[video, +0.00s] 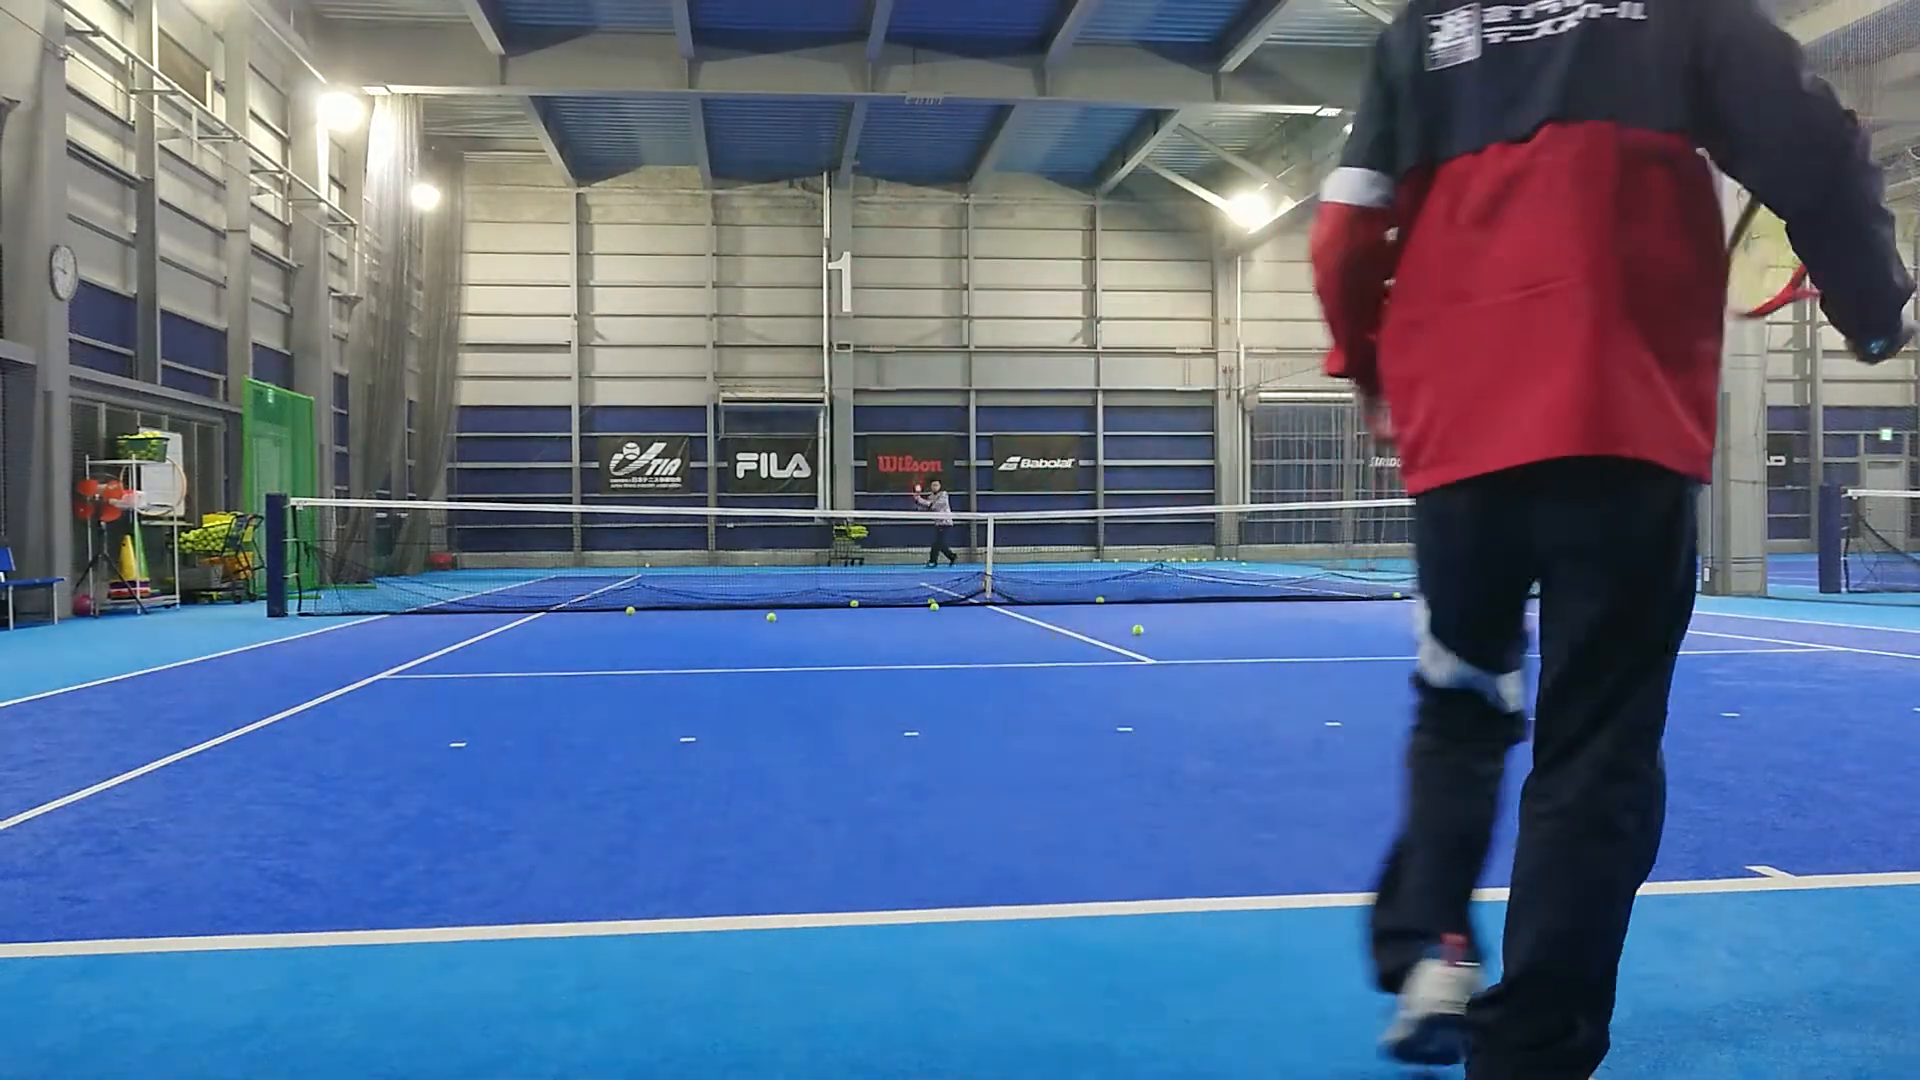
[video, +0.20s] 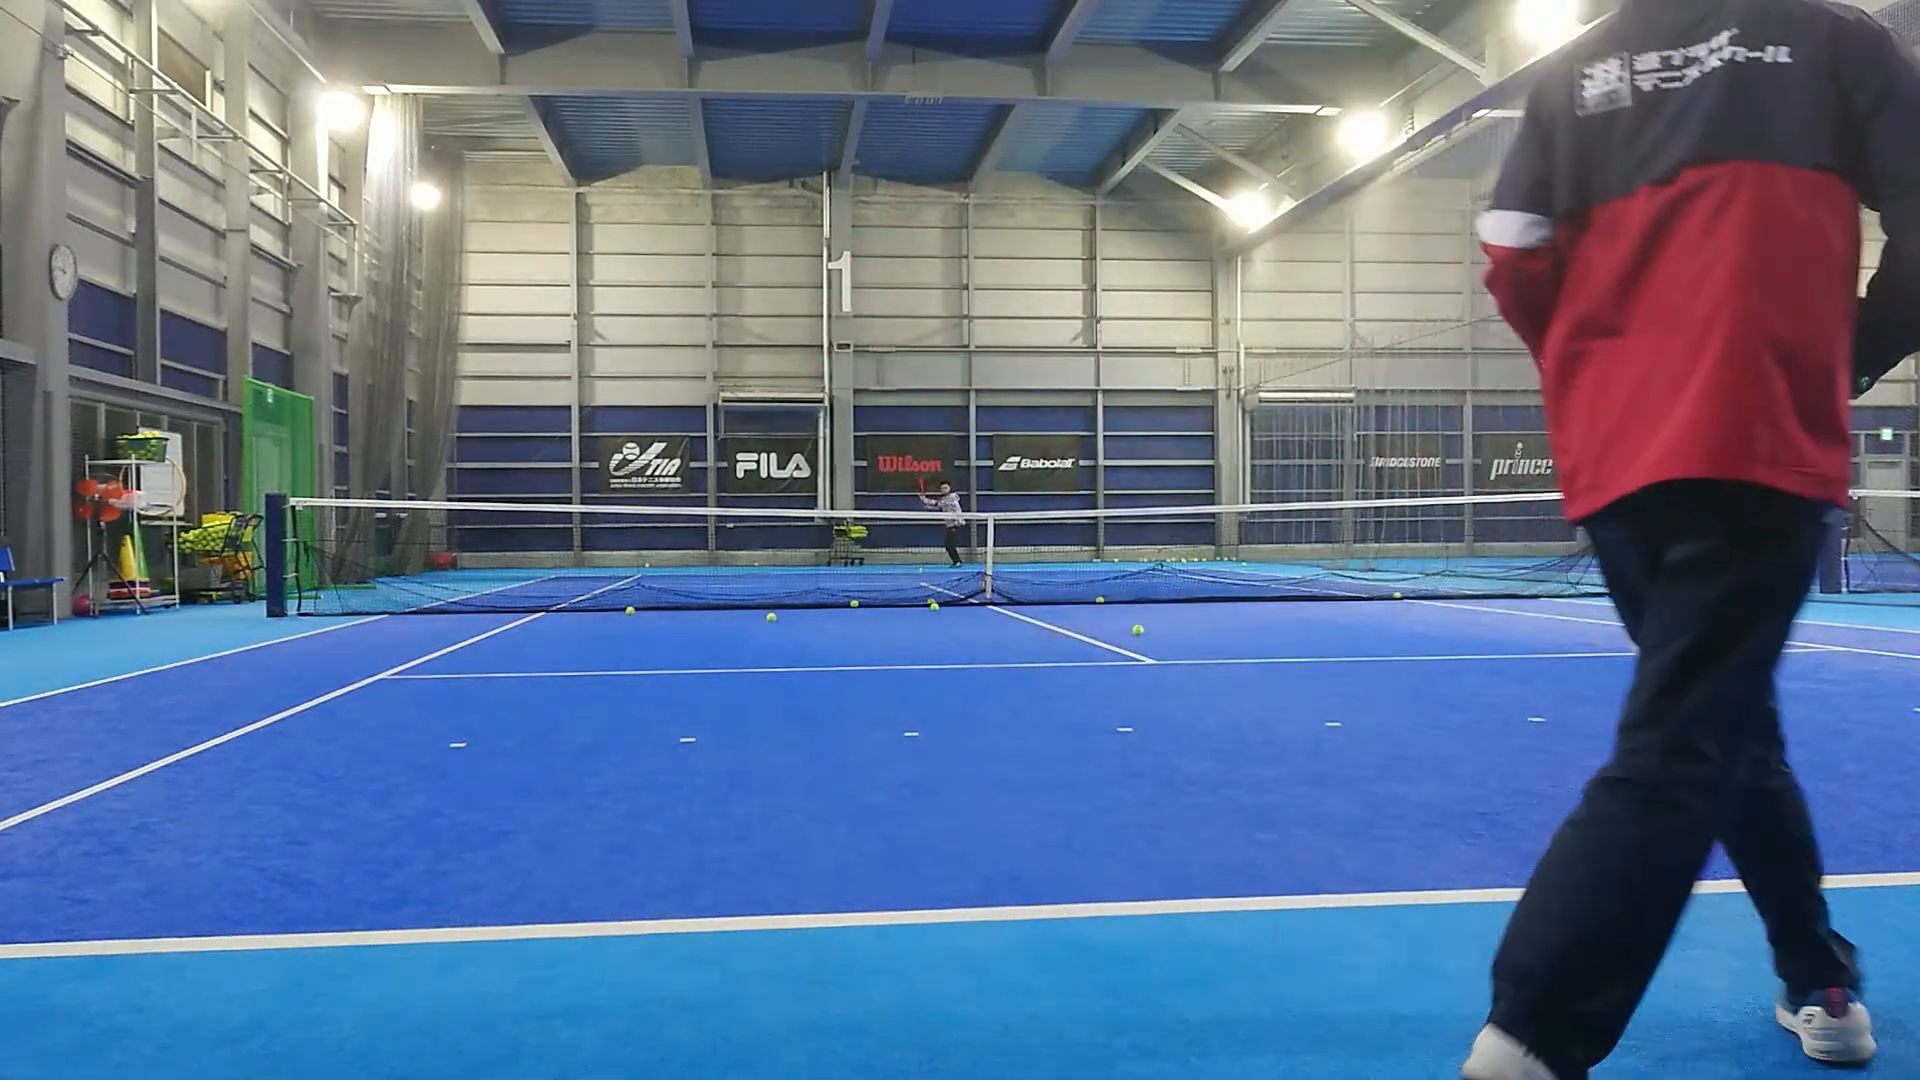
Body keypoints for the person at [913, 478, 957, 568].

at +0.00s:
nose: (935, 487)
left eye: (937, 485)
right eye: (933, 485)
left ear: (940, 486)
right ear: (930, 487)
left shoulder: (943, 495)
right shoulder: (932, 496)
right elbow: (927, 504)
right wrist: (918, 498)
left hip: (944, 521)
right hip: (937, 521)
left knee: (937, 543)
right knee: (940, 542)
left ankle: (933, 560)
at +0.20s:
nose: (944, 490)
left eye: (946, 488)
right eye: (942, 488)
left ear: (950, 488)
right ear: (941, 490)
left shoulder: (952, 498)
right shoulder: (943, 501)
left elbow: (958, 509)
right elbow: (933, 503)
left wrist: (959, 520)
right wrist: (923, 499)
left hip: (954, 523)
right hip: (948, 523)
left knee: (949, 544)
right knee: (948, 544)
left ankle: (957, 561)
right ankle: (955, 561)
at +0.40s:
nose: (955, 491)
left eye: (957, 489)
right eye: (953, 489)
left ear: (961, 490)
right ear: (952, 491)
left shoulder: (963, 499)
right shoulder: (955, 500)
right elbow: (944, 505)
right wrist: (933, 503)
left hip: (966, 526)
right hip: (957, 526)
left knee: (966, 546)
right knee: (951, 545)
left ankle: (983, 556)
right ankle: (957, 561)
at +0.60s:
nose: (970, 483)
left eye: (972, 481)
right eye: (969, 481)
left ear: (977, 482)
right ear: (967, 483)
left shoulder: (981, 491)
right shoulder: (965, 495)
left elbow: (984, 495)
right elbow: (961, 507)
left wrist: (974, 492)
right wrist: (950, 510)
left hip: (978, 519)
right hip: (966, 520)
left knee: (983, 543)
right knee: (960, 542)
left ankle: (989, 561)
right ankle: (958, 561)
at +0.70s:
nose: (981, 477)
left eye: (982, 475)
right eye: (979, 475)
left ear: (986, 477)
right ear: (976, 477)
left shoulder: (990, 488)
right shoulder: (972, 487)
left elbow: (997, 499)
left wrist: (994, 493)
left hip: (986, 515)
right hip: (972, 515)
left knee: (989, 539)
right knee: (965, 537)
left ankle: (993, 559)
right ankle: (959, 557)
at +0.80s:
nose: (989, 479)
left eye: (991, 477)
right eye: (988, 477)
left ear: (993, 478)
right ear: (984, 477)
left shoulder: (994, 490)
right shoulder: (981, 484)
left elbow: (998, 501)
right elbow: (985, 484)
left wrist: (1004, 500)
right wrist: (996, 482)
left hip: (989, 511)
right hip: (978, 510)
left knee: (993, 532)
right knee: (972, 531)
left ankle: (1001, 552)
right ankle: (962, 548)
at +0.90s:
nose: (994, 483)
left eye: (996, 481)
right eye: (992, 481)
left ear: (999, 482)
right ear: (990, 482)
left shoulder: (1000, 489)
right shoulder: (986, 488)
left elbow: (1007, 492)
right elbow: (981, 489)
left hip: (995, 513)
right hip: (984, 512)